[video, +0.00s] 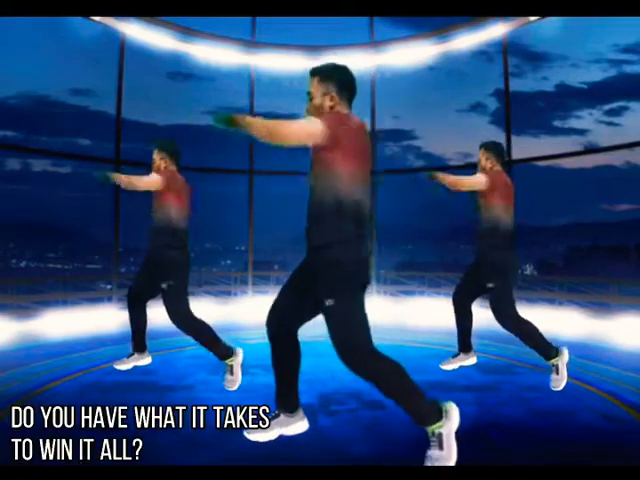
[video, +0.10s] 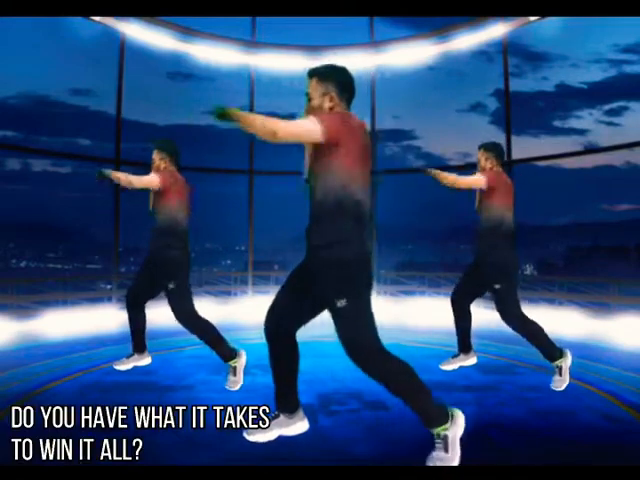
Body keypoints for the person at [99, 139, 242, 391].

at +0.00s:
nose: (156, 164)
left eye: (160, 160)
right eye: (155, 160)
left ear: (169, 162)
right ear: (161, 162)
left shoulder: (170, 180)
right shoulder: (173, 182)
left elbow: (140, 183)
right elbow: (139, 183)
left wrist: (117, 178)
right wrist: (121, 180)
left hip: (172, 256)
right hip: (160, 255)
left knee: (180, 315)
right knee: (136, 297)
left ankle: (230, 356)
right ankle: (140, 352)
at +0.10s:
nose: (155, 164)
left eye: (159, 160)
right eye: (155, 160)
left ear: (168, 161)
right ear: (167, 162)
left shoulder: (165, 178)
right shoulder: (178, 182)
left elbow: (133, 182)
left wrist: (111, 174)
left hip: (169, 256)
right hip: (169, 255)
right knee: (134, 299)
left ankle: (234, 358)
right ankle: (139, 354)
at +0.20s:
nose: (146, 160)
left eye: (150, 155)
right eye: (146, 156)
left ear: (163, 157)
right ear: (151, 159)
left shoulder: (179, 178)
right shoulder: (153, 182)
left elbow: (175, 197)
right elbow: (145, 211)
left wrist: (153, 179)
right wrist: (143, 189)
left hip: (177, 256)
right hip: (157, 255)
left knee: (191, 310)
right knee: (136, 300)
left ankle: (232, 358)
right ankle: (140, 354)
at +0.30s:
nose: (148, 160)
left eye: (151, 155)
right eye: (147, 155)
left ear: (166, 156)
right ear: (154, 159)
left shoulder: (187, 180)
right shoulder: (156, 191)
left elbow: (193, 205)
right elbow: (136, 215)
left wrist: (172, 177)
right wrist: (129, 189)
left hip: (184, 260)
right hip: (158, 259)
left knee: (200, 311)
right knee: (138, 303)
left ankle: (222, 361)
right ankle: (140, 353)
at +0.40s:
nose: (154, 160)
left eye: (158, 154)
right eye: (153, 155)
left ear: (172, 155)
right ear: (154, 159)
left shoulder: (193, 179)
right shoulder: (155, 191)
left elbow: (201, 206)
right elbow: (134, 214)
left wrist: (176, 177)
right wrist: (128, 188)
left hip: (189, 259)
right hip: (160, 260)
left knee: (208, 311)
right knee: (141, 303)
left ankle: (217, 361)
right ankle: (140, 353)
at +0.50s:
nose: (158, 160)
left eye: (162, 155)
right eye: (156, 156)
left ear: (177, 155)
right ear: (158, 158)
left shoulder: (196, 179)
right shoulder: (156, 189)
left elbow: (206, 207)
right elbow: (136, 215)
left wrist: (182, 180)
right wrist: (129, 187)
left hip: (192, 258)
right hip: (162, 259)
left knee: (210, 312)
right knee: (143, 305)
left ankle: (217, 362)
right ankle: (140, 353)